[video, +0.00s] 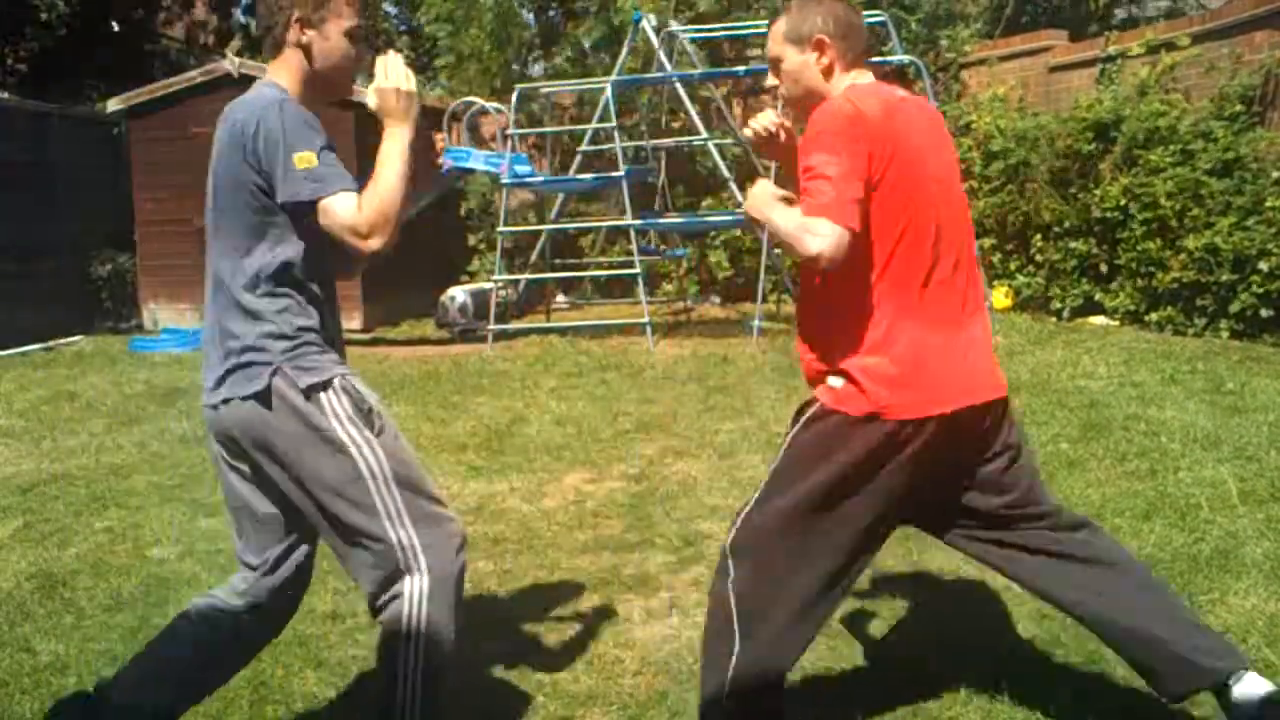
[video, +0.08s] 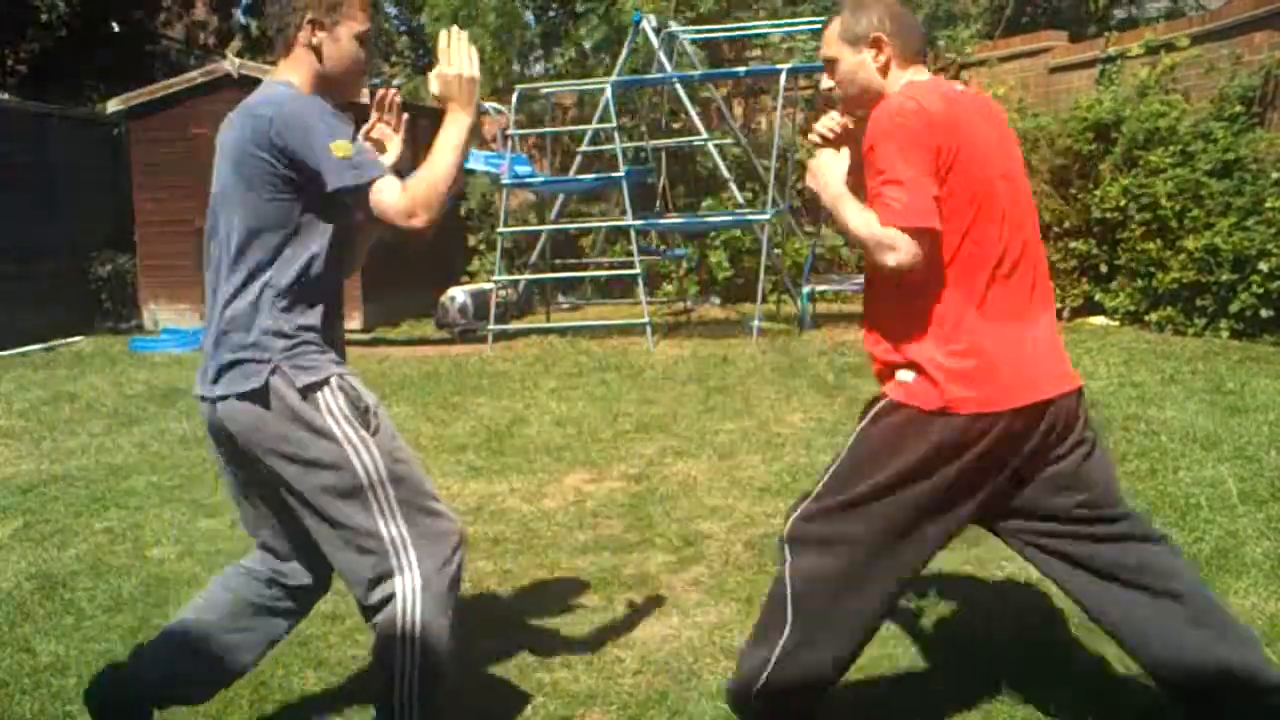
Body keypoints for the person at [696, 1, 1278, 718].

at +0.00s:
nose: (771, 83)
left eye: (776, 65)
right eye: (769, 67)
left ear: (824, 55)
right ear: (837, 55)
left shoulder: (843, 115)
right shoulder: (916, 111)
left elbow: (823, 243)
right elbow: (876, 218)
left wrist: (767, 207)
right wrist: (797, 155)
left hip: (879, 396)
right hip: (966, 388)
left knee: (758, 564)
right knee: (1056, 543)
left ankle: (731, 705)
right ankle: (1237, 679)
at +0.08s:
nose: (827, 83)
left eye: (831, 64)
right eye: (823, 67)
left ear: (880, 54)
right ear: (903, 56)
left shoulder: (902, 116)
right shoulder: (978, 107)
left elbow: (898, 250)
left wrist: (831, 188)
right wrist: (857, 152)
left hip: (951, 395)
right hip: (1040, 384)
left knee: (825, 548)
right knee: (1124, 552)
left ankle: (763, 700)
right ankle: (1254, 691)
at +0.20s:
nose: (931, 96)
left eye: (936, 78)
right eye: (927, 81)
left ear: (982, 66)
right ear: (1004, 67)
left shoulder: (1000, 127)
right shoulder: (1095, 120)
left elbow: (980, 265)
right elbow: (1060, 226)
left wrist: (911, 208)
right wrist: (973, 175)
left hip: (1060, 406)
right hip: (1148, 398)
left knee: (914, 550)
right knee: (1167, 578)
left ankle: (988, 704)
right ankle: (1267, 693)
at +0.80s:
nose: (922, 62)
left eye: (925, 45)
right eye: (918, 47)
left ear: (973, 32)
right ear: (987, 27)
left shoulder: (1007, 84)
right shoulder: (1069, 80)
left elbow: (914, 191)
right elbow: (976, 205)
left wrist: (893, 107)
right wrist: (918, 119)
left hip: (1030, 374)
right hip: (1112, 367)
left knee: (936, 554)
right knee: (1168, 553)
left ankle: (929, 708)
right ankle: (1273, 684)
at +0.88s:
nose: (881, 22)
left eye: (888, 7)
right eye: (880, 9)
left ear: (936, 5)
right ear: (969, 8)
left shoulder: (958, 61)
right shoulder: (1038, 60)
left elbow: (849, 155)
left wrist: (832, 93)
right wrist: (875, 76)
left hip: (981, 347)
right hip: (1066, 340)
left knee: (912, 531)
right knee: (1064, 514)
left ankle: (916, 705)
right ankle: (1162, 651)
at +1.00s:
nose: (851, 34)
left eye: (852, 15)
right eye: (848, 19)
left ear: (897, 4)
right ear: (924, 7)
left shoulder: (921, 55)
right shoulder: (998, 55)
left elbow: (856, 183)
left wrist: (829, 112)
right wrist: (853, 103)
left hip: (946, 341)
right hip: (1027, 338)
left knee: (835, 492)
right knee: (994, 507)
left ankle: (862, 687)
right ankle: (1068, 681)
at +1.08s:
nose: (827, 62)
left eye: (830, 43)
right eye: (825, 46)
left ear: (872, 31)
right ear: (882, 30)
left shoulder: (906, 87)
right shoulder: (966, 85)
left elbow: (890, 220)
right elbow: (921, 198)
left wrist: (831, 204)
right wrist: (839, 165)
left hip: (921, 368)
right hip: (995, 368)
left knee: (792, 492)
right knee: (962, 525)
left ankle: (779, 678)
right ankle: (1072, 683)